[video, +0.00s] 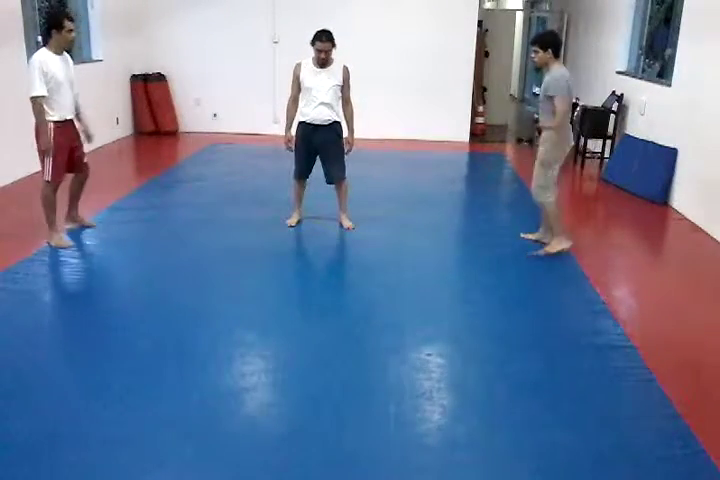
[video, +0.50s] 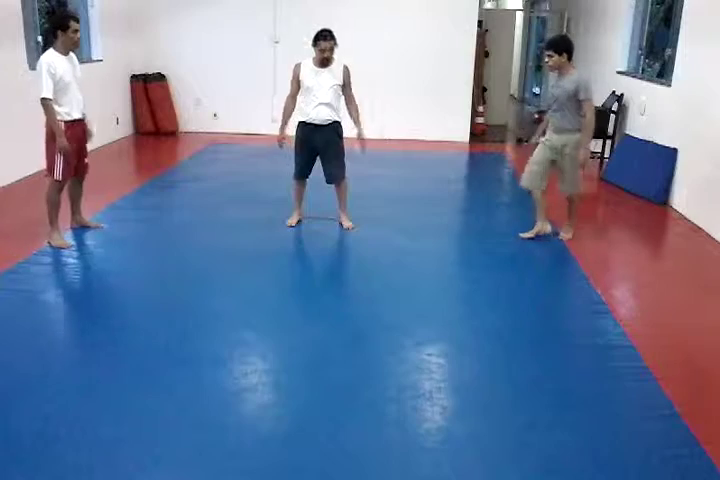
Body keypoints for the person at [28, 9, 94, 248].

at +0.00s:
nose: (73, 36)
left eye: (74, 31)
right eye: (69, 31)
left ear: (63, 33)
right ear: (55, 32)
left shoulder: (66, 58)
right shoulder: (38, 60)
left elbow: (72, 98)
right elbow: (37, 101)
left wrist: (84, 126)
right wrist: (44, 136)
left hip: (69, 123)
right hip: (51, 126)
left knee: (82, 171)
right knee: (51, 181)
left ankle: (72, 215)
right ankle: (53, 232)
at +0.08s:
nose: (73, 36)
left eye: (73, 31)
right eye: (69, 31)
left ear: (64, 33)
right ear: (54, 32)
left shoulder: (66, 58)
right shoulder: (38, 60)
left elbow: (69, 97)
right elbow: (36, 101)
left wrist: (76, 127)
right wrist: (46, 135)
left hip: (69, 124)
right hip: (51, 127)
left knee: (84, 170)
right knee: (51, 181)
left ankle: (74, 212)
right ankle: (53, 232)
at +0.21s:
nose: (73, 36)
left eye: (74, 31)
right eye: (69, 32)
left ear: (65, 33)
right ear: (55, 33)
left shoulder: (67, 57)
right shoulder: (39, 61)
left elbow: (69, 92)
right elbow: (36, 100)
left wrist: (72, 121)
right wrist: (50, 134)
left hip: (71, 124)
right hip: (52, 127)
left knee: (80, 171)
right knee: (52, 180)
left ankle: (77, 216)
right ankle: (54, 232)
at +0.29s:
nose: (74, 36)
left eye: (75, 31)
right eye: (69, 32)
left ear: (69, 33)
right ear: (55, 34)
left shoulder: (69, 57)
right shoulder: (41, 62)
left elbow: (71, 93)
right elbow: (39, 101)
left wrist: (75, 122)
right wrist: (53, 136)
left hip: (73, 124)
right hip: (56, 127)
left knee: (76, 175)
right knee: (54, 181)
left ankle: (77, 217)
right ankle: (53, 232)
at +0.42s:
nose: (77, 36)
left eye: (77, 31)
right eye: (72, 32)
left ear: (72, 33)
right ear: (58, 34)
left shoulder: (71, 57)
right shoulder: (45, 61)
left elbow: (73, 92)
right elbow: (44, 101)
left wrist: (78, 123)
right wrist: (57, 136)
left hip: (75, 123)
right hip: (59, 126)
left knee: (76, 175)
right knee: (57, 181)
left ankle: (77, 217)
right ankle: (53, 231)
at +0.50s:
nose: (78, 36)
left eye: (79, 32)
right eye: (74, 32)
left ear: (73, 33)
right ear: (60, 33)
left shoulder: (72, 58)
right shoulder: (47, 61)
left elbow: (75, 94)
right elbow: (46, 101)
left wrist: (84, 122)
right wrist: (59, 135)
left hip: (77, 123)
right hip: (61, 125)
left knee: (78, 174)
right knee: (58, 180)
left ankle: (77, 217)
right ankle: (54, 231)